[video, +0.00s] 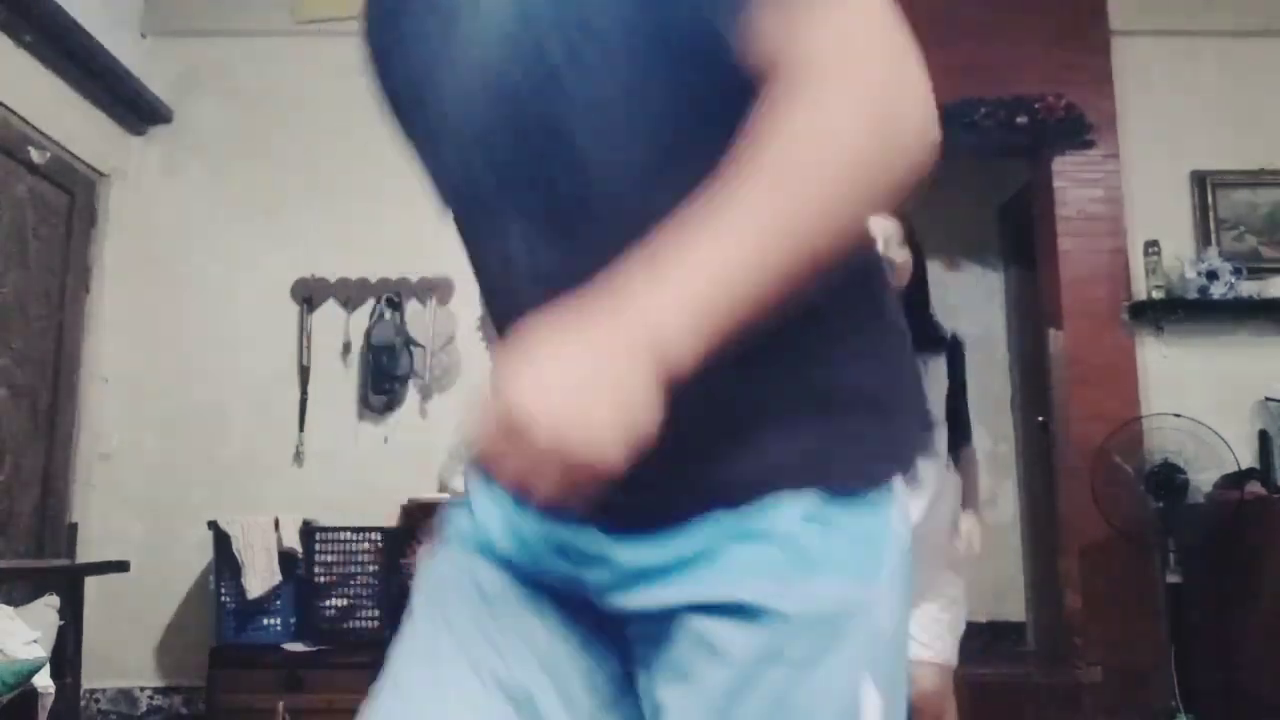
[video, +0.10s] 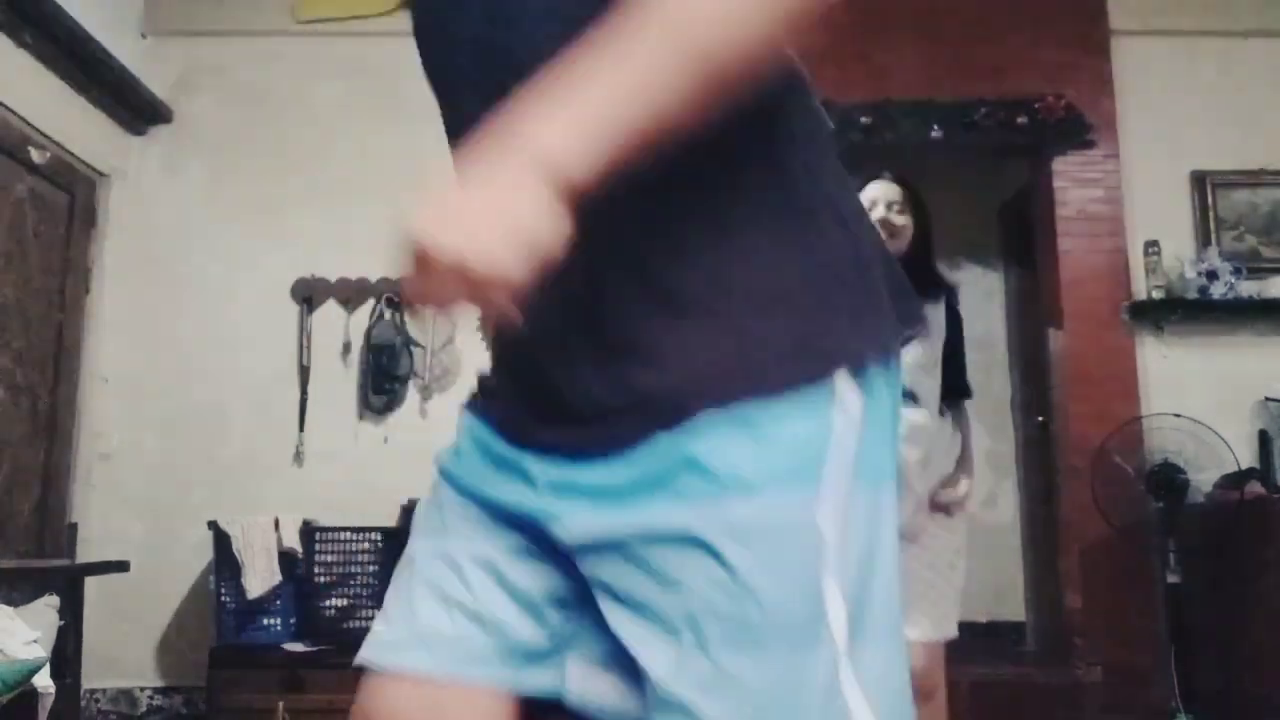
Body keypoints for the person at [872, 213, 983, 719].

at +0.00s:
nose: (884, 261)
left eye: (893, 247)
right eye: (873, 250)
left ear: (914, 258)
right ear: (860, 264)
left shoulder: (940, 344)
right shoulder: (850, 345)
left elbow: (959, 428)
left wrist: (969, 505)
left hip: (932, 487)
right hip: (859, 497)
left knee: (927, 683)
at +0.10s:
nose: (884, 218)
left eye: (896, 208)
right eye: (871, 208)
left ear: (917, 222)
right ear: (854, 221)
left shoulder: (942, 297)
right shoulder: (844, 294)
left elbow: (958, 394)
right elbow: (828, 396)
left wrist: (967, 468)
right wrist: (847, 481)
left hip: (930, 489)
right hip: (855, 488)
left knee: (922, 670)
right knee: (861, 666)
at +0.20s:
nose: (881, 220)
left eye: (895, 212)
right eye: (869, 210)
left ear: (917, 228)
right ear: (848, 223)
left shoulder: (939, 307)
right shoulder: (829, 307)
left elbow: (959, 404)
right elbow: (805, 410)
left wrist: (967, 472)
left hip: (928, 505)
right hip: (847, 503)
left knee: (927, 670)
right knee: (856, 670)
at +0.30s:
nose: (881, 253)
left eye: (897, 245)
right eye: (869, 242)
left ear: (918, 269)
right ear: (846, 259)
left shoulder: (943, 346)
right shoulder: (816, 342)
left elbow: (962, 447)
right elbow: (781, 448)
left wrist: (971, 524)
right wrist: (842, 491)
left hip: (927, 555)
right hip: (834, 554)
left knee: (934, 695)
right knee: (833, 702)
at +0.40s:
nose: (888, 253)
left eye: (904, 243)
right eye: (875, 241)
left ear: (925, 265)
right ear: (853, 261)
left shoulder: (962, 343)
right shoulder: (827, 346)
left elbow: (980, 450)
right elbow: (797, 450)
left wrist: (1017, 512)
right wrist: (868, 447)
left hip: (949, 557)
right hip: (854, 557)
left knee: (953, 701)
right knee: (845, 705)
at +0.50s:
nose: (904, 201)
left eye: (921, 190)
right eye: (891, 187)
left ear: (943, 207)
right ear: (870, 200)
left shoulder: (982, 284)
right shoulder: (838, 286)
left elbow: (1010, 385)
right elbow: (800, 392)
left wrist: (1055, 461)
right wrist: (876, 376)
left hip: (981, 510)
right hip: (885, 512)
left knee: (987, 693)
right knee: (896, 685)